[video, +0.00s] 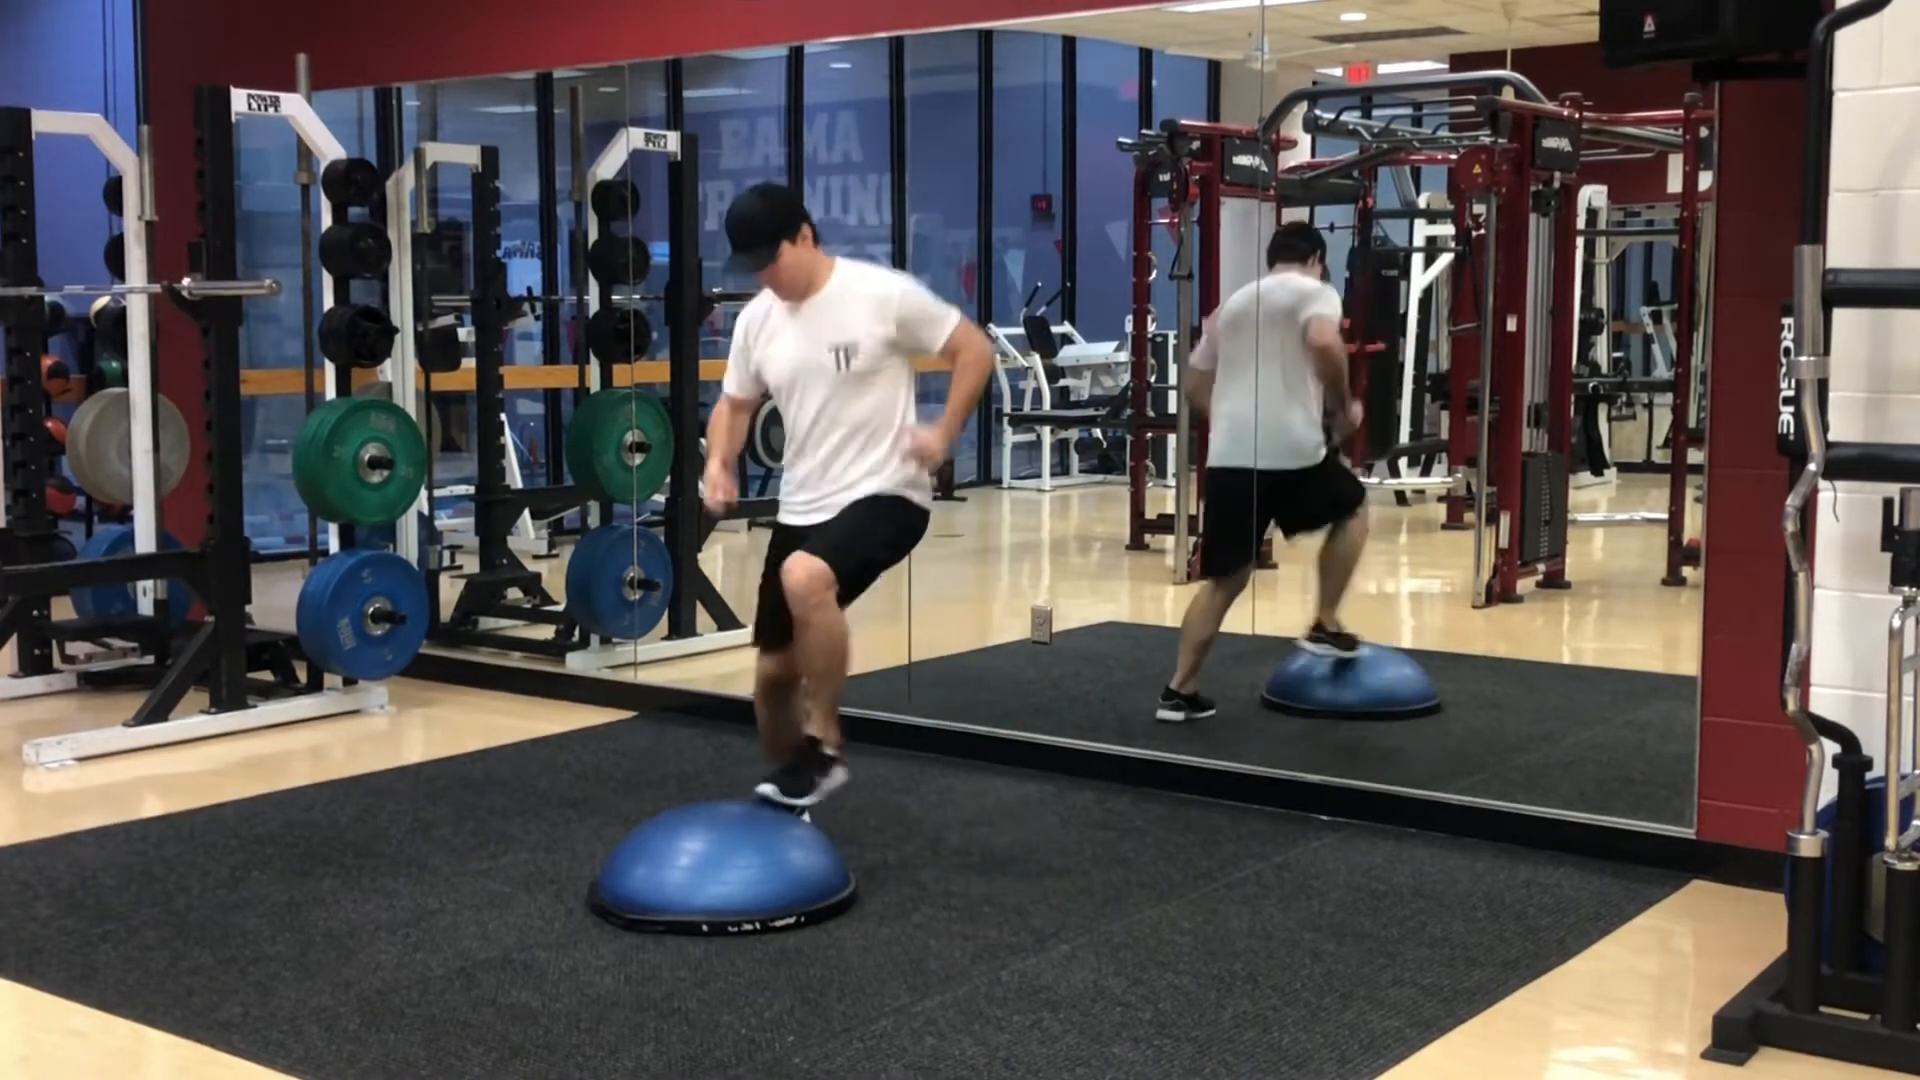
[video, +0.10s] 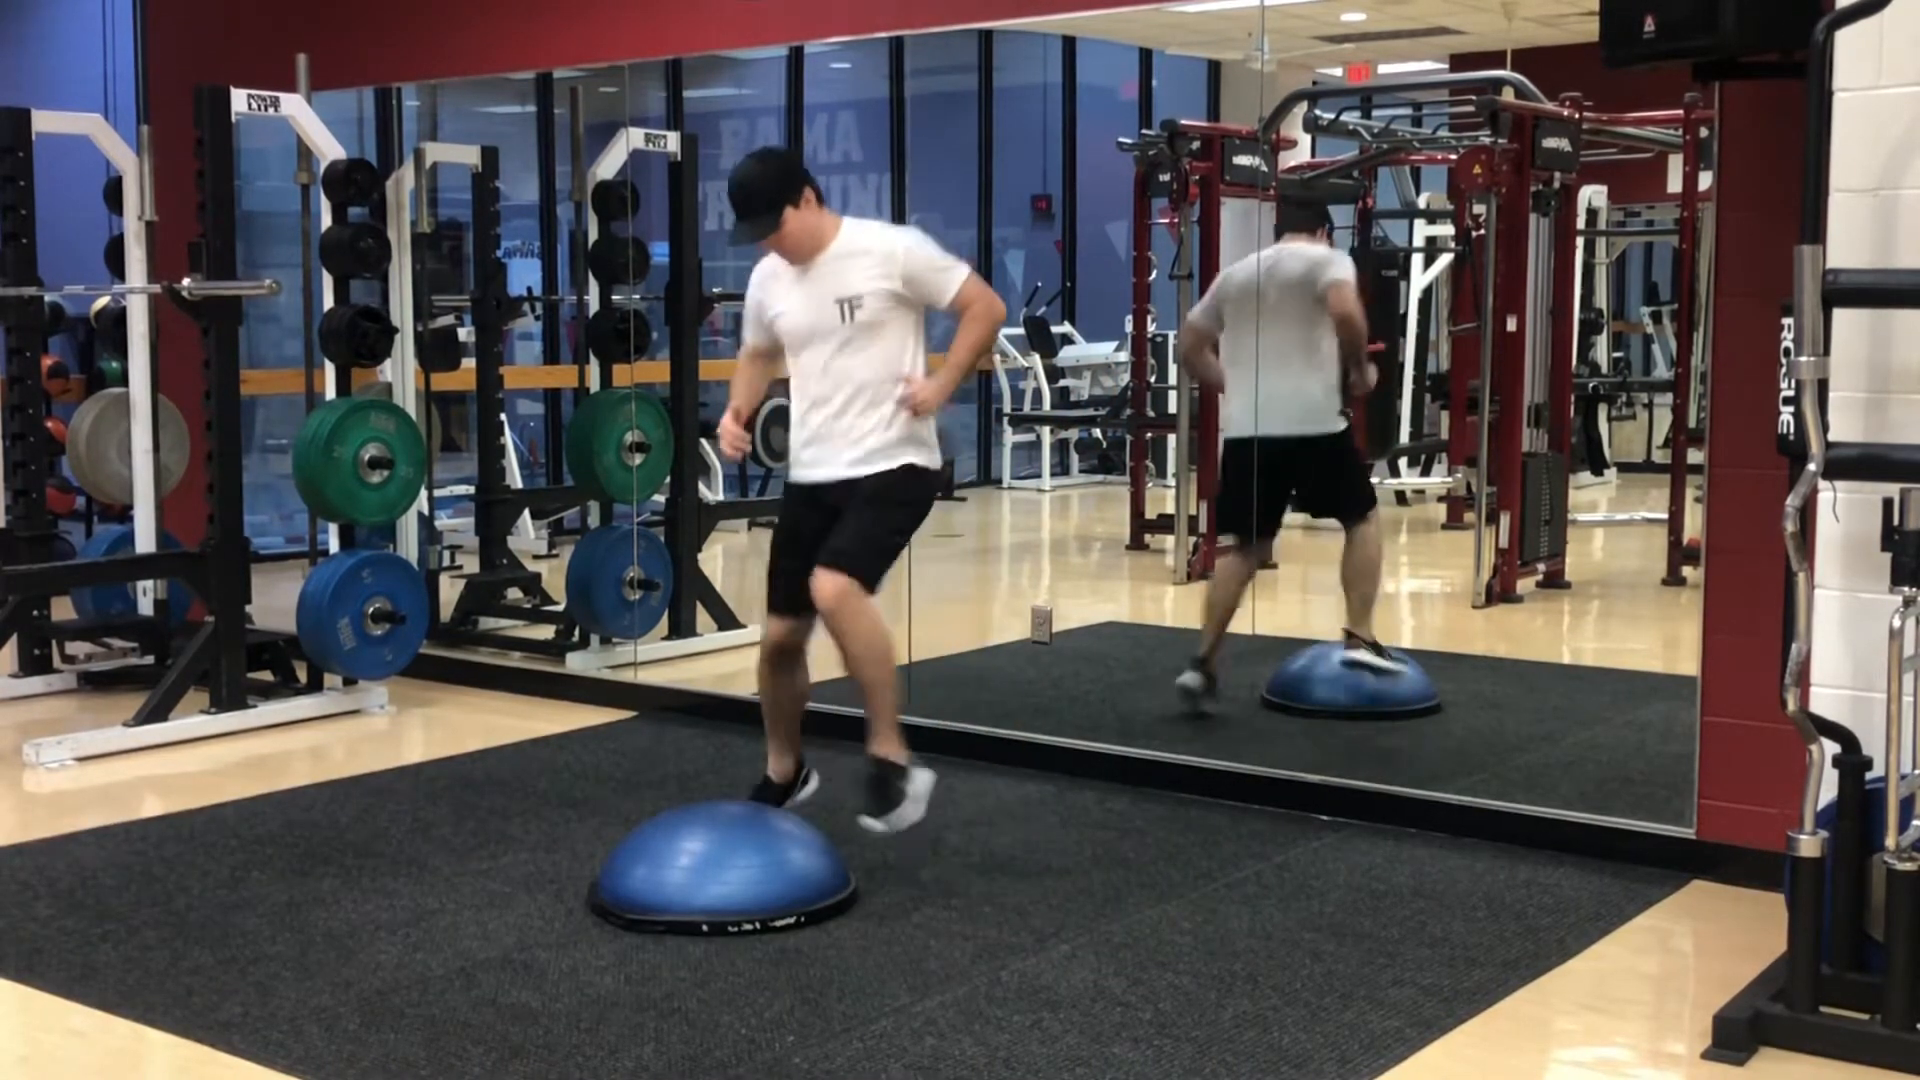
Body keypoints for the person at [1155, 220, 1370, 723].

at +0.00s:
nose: (1323, 272)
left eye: (1321, 267)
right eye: (1323, 266)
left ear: (1272, 259)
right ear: (1315, 262)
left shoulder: (1232, 304)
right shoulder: (1318, 292)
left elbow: (1194, 379)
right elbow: (1323, 342)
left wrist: (1233, 417)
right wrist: (1344, 402)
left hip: (1230, 455)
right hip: (1292, 449)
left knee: (1225, 576)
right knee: (1352, 512)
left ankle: (1180, 689)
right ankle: (1326, 622)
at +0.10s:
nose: (1328, 241)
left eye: (1322, 235)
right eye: (1327, 235)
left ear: (1279, 230)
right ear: (1322, 231)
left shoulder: (1234, 273)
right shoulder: (1329, 259)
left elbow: (1189, 347)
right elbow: (1346, 314)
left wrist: (1236, 384)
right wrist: (1357, 368)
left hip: (1246, 433)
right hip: (1315, 429)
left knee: (1244, 550)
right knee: (1362, 522)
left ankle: (1202, 664)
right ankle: (1359, 639)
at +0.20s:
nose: (1334, 236)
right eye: (1334, 228)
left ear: (1284, 225)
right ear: (1332, 227)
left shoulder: (1242, 267)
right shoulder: (1348, 258)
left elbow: (1191, 337)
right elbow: (1379, 321)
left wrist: (1218, 389)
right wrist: (1381, 372)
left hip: (1262, 426)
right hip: (1328, 424)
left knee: (1278, 526)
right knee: (1358, 547)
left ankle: (1261, 629)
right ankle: (1377, 670)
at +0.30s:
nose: (1338, 260)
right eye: (1340, 253)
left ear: (1290, 251)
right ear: (1340, 251)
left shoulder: (1255, 292)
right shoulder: (1363, 288)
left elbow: (1207, 362)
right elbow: (1403, 367)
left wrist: (1211, 422)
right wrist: (1394, 400)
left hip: (1273, 452)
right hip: (1338, 448)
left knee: (1304, 526)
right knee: (1364, 574)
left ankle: (1328, 627)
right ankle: (1381, 705)